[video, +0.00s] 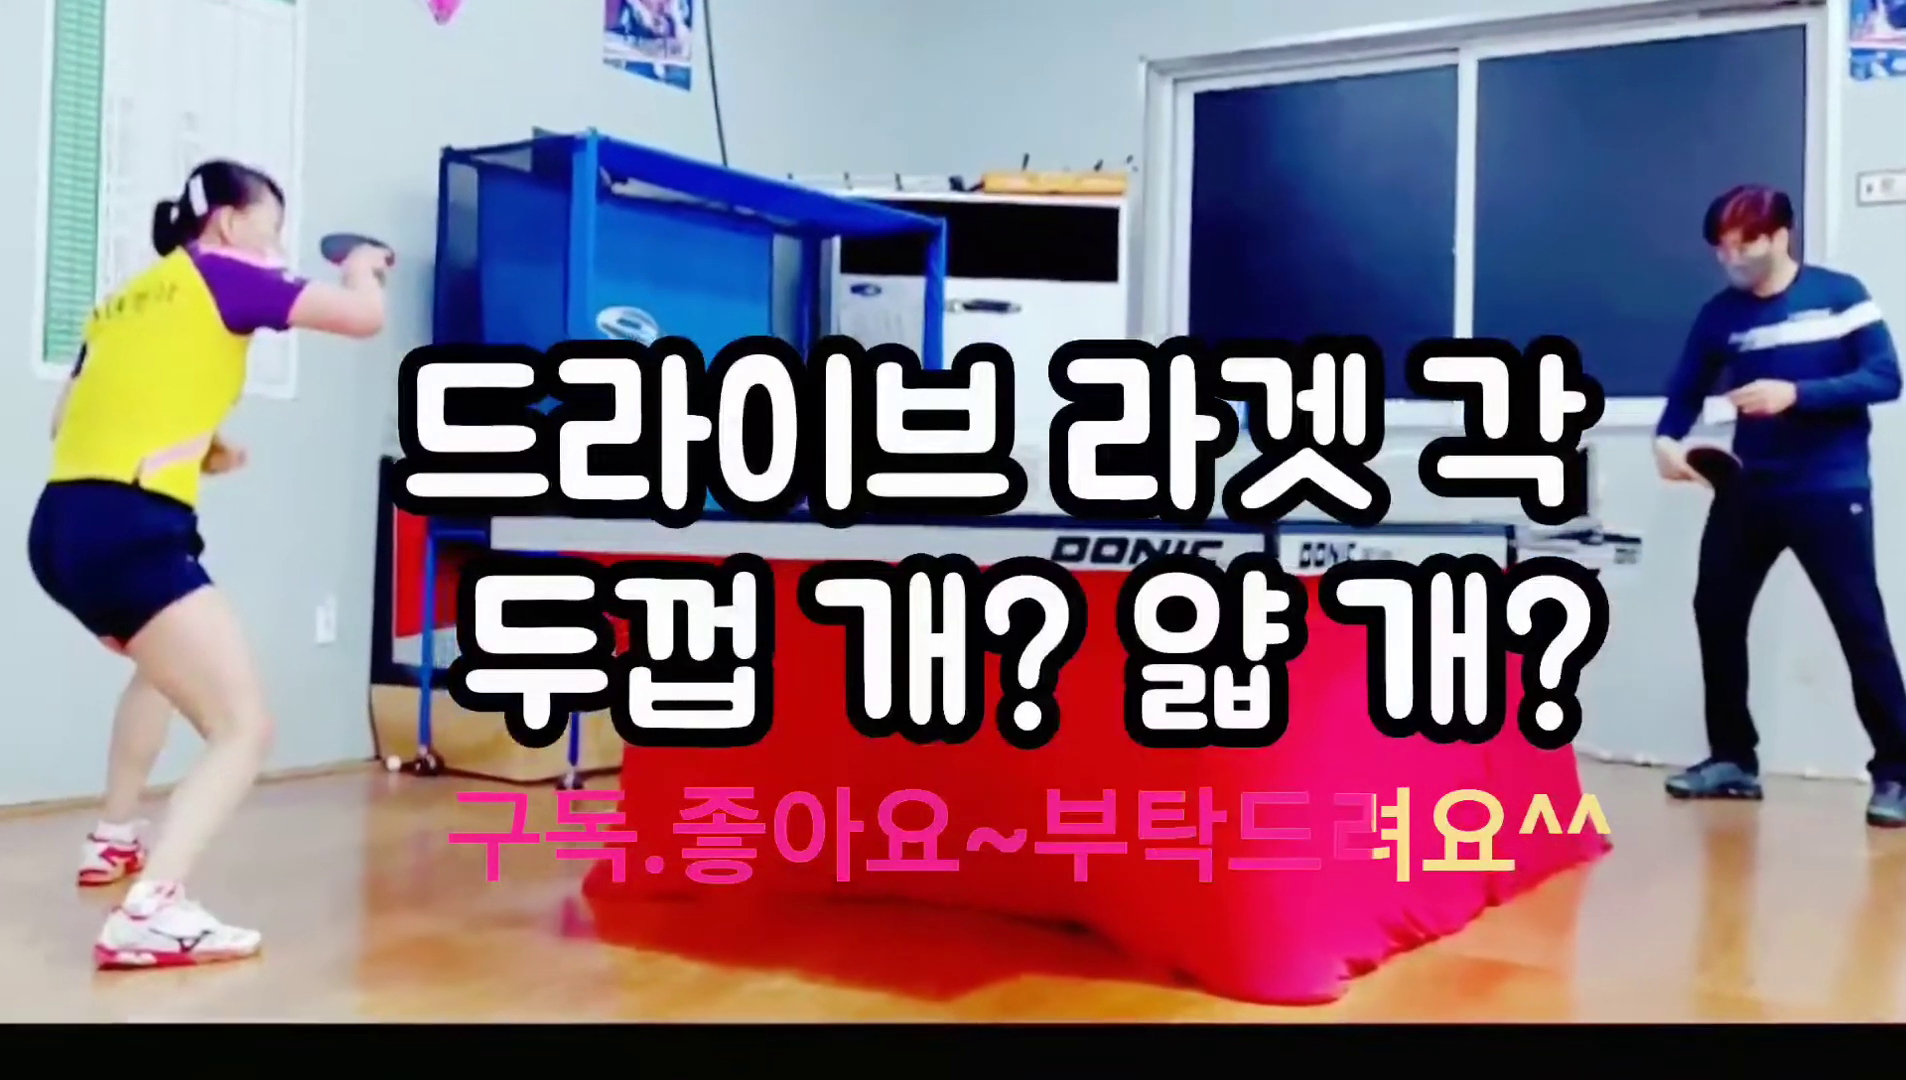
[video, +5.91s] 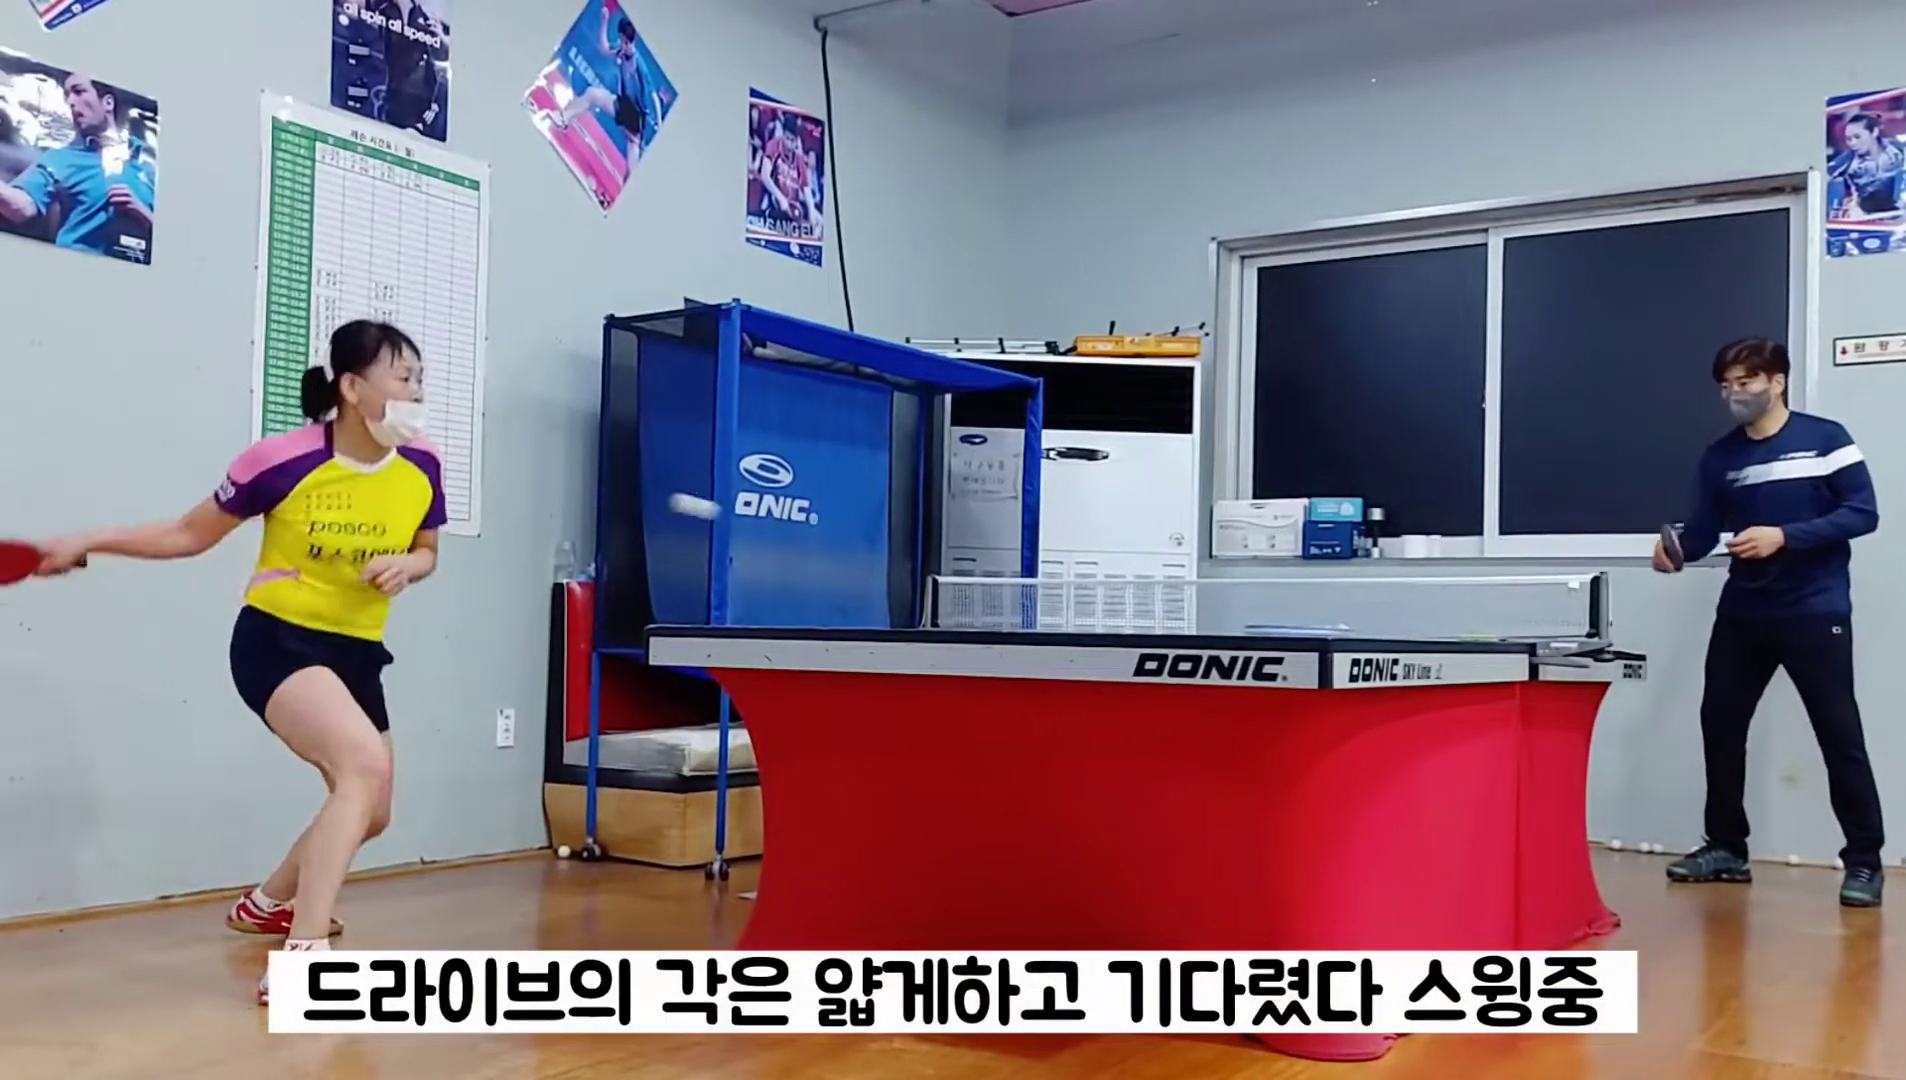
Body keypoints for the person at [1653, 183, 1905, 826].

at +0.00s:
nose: (1731, 255)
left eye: (1743, 241)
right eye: (1724, 244)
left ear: (1780, 237)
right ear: (1718, 248)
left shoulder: (1840, 295)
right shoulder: (1722, 313)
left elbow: (1884, 377)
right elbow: (1688, 389)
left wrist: (1795, 393)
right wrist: (1666, 440)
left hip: (1830, 498)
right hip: (1747, 497)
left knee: (1863, 632)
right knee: (1716, 613)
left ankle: (1893, 775)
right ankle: (1732, 760)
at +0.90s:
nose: (1773, 240)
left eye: (1787, 226)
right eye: (1765, 228)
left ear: (1827, 221)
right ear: (1759, 231)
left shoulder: (1893, 283)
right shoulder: (1764, 304)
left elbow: (1905, 373)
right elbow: (1729, 384)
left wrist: (1844, 383)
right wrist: (1708, 435)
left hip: (1880, 496)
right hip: (1793, 495)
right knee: (1761, 615)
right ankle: (1778, 772)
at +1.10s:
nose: (1738, 388)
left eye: (1748, 376)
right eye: (1730, 381)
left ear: (1780, 378)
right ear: (1725, 388)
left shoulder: (1825, 433)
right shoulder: (1729, 449)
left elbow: (1857, 510)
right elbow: (1722, 532)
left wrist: (1782, 544)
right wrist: (1689, 560)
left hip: (1821, 618)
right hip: (1750, 619)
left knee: (1843, 742)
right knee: (1736, 733)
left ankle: (1863, 864)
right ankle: (1729, 848)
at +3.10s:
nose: (1735, 390)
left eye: (1746, 379)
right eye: (1727, 384)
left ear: (1776, 380)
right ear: (1723, 392)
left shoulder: (1825, 433)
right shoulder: (1731, 452)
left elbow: (1861, 508)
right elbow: (1727, 532)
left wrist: (1776, 530)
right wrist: (1694, 565)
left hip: (1822, 617)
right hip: (1753, 618)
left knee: (1842, 740)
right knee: (1733, 731)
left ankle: (1864, 863)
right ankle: (1729, 849)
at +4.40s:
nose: (1721, 407)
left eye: (1732, 396)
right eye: (1715, 398)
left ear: (1766, 395)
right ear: (1711, 400)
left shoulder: (1823, 442)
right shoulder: (1713, 458)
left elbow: (1866, 513)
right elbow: (1663, 502)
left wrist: (1792, 536)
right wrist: (1631, 546)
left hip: (1819, 618)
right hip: (1744, 618)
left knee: (1843, 737)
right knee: (1717, 723)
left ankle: (1864, 863)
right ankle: (1726, 849)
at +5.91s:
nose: (1736, 390)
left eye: (1747, 380)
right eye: (1728, 383)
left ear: (1778, 382)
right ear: (1721, 391)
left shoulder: (1826, 438)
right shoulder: (1720, 457)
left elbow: (1862, 512)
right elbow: (1705, 528)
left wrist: (1784, 535)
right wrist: (1678, 546)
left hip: (1816, 616)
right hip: (1743, 616)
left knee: (1841, 738)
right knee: (1720, 723)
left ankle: (1863, 863)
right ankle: (1726, 848)